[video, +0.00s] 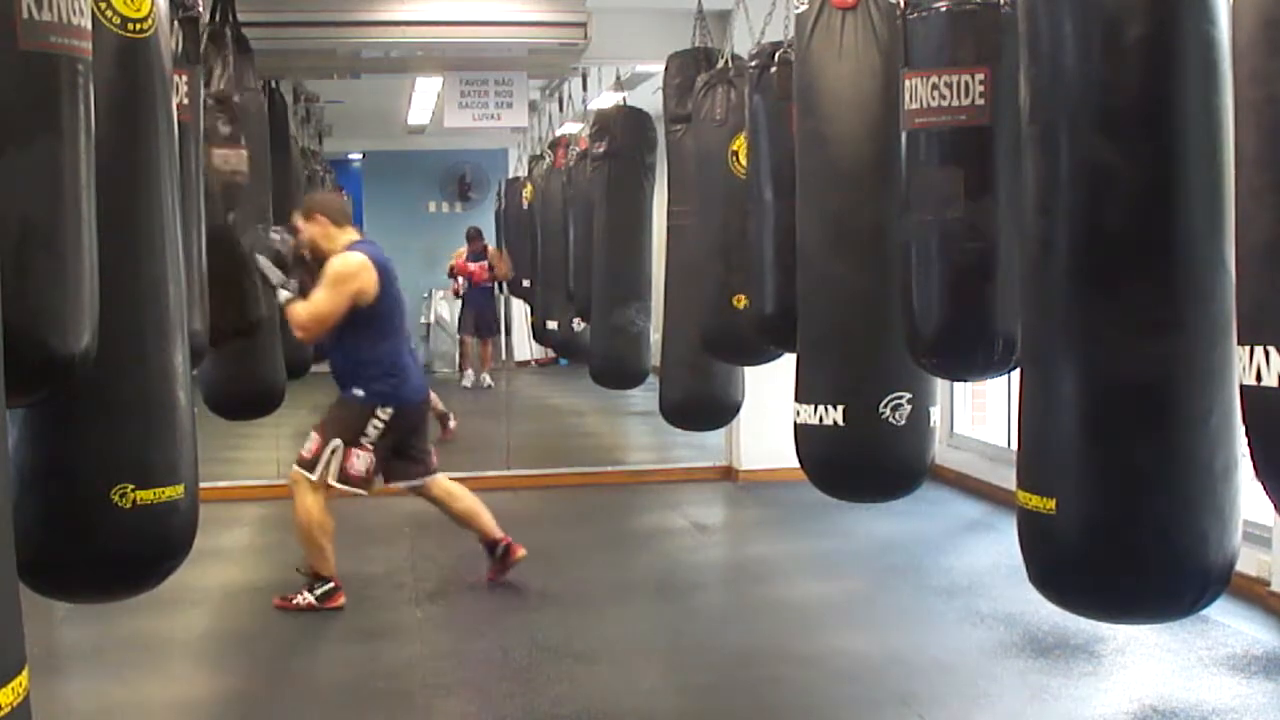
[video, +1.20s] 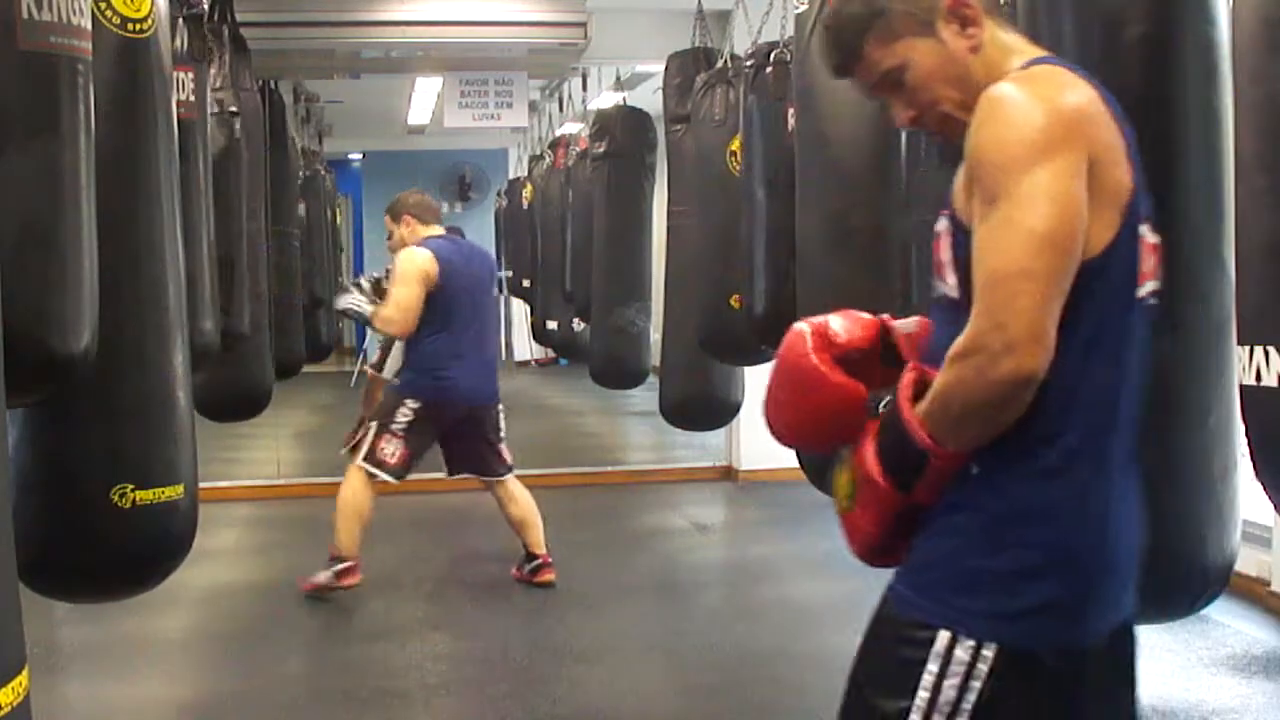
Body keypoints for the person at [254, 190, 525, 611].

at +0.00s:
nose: (300, 240)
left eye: (301, 229)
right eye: (298, 231)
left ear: (321, 222)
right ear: (339, 221)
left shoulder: (347, 264)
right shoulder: (368, 255)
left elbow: (305, 324)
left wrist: (284, 289)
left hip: (374, 396)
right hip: (406, 390)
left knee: (306, 479)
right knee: (423, 478)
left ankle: (323, 583)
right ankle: (499, 542)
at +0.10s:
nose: (331, 252)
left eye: (333, 241)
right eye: (329, 243)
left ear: (352, 236)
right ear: (367, 234)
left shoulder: (372, 279)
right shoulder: (403, 269)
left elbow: (332, 339)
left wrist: (314, 309)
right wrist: (333, 307)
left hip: (391, 408)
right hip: (428, 407)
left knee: (317, 481)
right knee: (440, 487)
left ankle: (323, 582)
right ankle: (509, 548)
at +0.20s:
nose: (362, 251)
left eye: (363, 241)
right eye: (361, 242)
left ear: (381, 236)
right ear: (399, 234)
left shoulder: (402, 278)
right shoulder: (433, 269)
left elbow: (367, 343)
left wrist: (344, 317)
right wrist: (374, 295)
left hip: (424, 404)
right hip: (459, 402)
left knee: (350, 476)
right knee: (464, 486)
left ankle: (329, 579)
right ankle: (522, 555)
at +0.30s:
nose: (383, 235)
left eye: (383, 225)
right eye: (381, 226)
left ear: (400, 218)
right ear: (417, 217)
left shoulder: (419, 257)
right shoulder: (458, 255)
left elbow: (393, 329)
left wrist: (365, 304)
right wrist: (388, 294)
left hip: (442, 387)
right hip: (481, 387)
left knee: (380, 472)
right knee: (482, 479)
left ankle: (360, 572)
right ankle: (526, 559)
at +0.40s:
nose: (393, 221)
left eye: (395, 211)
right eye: (393, 212)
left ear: (411, 206)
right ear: (434, 206)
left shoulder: (421, 241)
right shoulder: (473, 239)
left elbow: (407, 311)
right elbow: (461, 305)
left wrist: (374, 292)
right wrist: (394, 280)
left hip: (456, 369)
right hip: (496, 368)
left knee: (402, 459)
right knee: (496, 467)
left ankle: (420, 562)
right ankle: (526, 555)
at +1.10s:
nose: (398, 244)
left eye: (399, 232)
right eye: (396, 235)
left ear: (420, 221)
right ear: (435, 222)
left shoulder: (429, 257)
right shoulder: (485, 254)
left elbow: (406, 325)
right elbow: (460, 316)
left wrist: (377, 293)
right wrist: (404, 280)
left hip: (446, 385)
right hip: (494, 388)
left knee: (372, 458)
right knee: (503, 476)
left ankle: (375, 557)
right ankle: (539, 558)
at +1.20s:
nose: (390, 243)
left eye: (390, 233)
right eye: (388, 234)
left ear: (408, 223)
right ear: (436, 222)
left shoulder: (416, 256)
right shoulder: (482, 257)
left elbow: (399, 323)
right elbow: (453, 317)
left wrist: (366, 311)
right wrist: (394, 292)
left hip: (427, 389)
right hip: (480, 390)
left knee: (362, 471)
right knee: (502, 477)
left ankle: (344, 561)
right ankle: (539, 558)